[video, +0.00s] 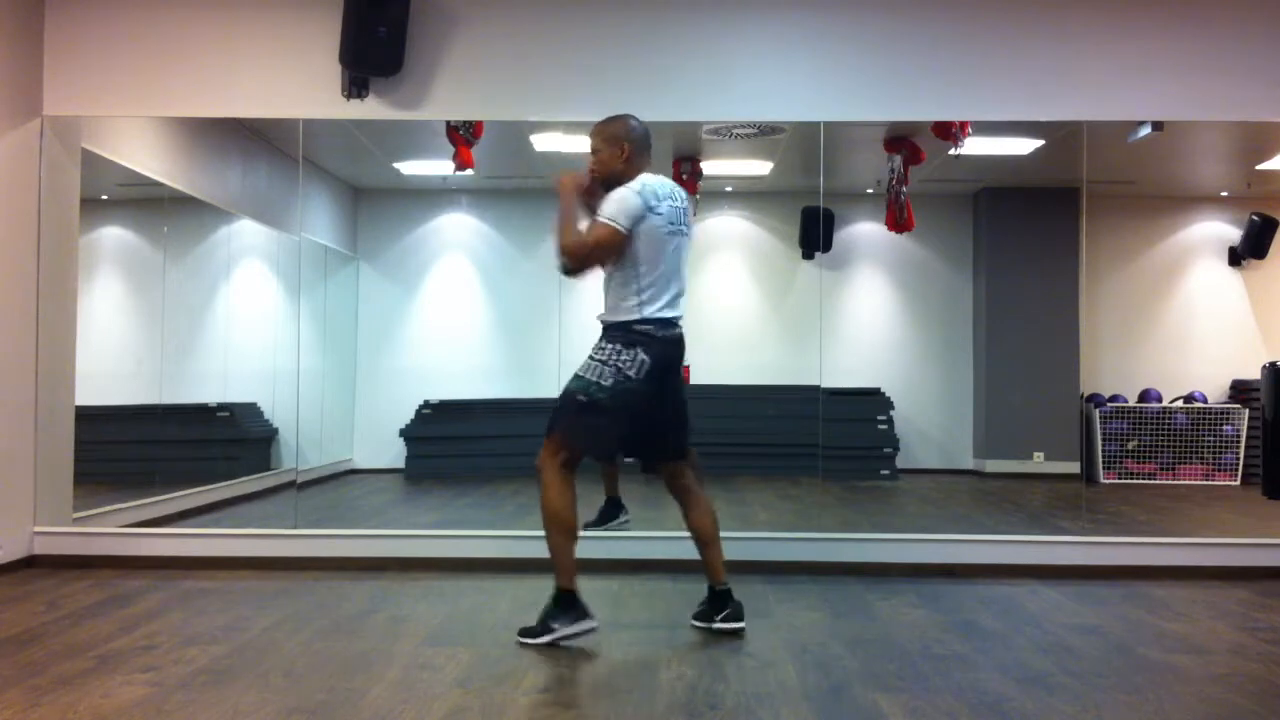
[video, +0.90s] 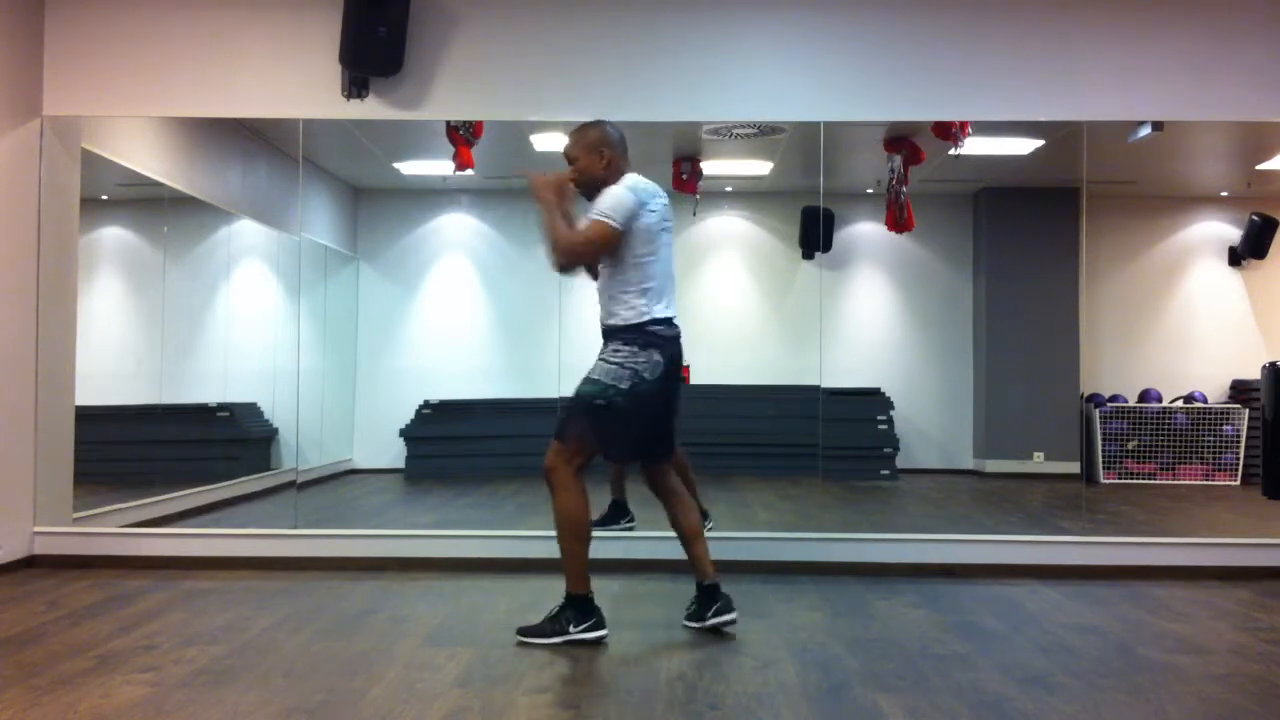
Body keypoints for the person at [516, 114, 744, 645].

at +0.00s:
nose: (591, 161)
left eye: (596, 151)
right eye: (591, 151)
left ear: (623, 151)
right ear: (639, 150)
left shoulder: (631, 194)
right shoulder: (676, 197)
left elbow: (573, 257)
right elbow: (610, 254)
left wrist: (569, 199)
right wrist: (591, 202)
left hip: (628, 346)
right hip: (663, 346)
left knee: (554, 460)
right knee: (681, 474)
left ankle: (567, 601)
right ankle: (722, 598)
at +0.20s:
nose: (614, 164)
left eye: (616, 155)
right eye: (614, 156)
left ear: (635, 150)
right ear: (662, 152)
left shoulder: (622, 181)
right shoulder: (705, 202)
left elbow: (537, 189)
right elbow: (646, 263)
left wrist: (467, 180)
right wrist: (573, 264)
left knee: (562, 457)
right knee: (696, 476)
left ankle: (537, 586)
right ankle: (723, 598)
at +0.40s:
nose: (595, 163)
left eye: (599, 153)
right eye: (595, 154)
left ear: (627, 149)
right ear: (640, 149)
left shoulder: (631, 184)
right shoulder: (680, 197)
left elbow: (570, 235)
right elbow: (656, 275)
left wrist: (534, 198)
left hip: (636, 343)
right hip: (671, 345)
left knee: (566, 460)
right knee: (682, 473)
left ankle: (579, 605)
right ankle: (722, 598)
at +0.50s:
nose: (585, 165)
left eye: (589, 155)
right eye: (583, 156)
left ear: (621, 151)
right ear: (620, 152)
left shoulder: (653, 192)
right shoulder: (624, 199)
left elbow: (607, 255)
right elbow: (580, 251)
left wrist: (568, 199)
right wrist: (552, 201)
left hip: (642, 350)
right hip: (637, 348)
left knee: (574, 461)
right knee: (662, 472)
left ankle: (581, 605)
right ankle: (731, 584)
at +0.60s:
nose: (587, 167)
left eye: (592, 156)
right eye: (584, 158)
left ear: (626, 152)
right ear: (612, 155)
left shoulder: (665, 199)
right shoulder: (613, 195)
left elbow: (633, 263)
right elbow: (532, 203)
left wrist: (593, 204)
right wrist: (478, 182)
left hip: (645, 349)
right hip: (623, 346)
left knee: (580, 460)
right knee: (656, 473)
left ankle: (582, 605)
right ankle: (729, 575)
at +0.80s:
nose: (576, 169)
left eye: (581, 159)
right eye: (573, 160)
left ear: (614, 153)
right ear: (608, 154)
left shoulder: (649, 198)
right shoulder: (608, 199)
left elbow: (607, 268)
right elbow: (542, 229)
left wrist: (582, 206)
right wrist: (497, 192)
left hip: (641, 351)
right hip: (623, 350)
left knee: (576, 463)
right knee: (646, 472)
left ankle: (582, 606)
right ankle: (722, 576)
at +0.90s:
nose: (570, 171)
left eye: (574, 161)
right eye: (568, 162)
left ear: (604, 156)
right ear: (609, 156)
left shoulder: (626, 194)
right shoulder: (642, 194)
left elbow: (567, 253)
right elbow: (588, 262)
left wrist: (551, 199)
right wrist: (566, 207)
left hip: (633, 349)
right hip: (654, 347)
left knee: (561, 464)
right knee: (662, 472)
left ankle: (579, 607)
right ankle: (711, 593)